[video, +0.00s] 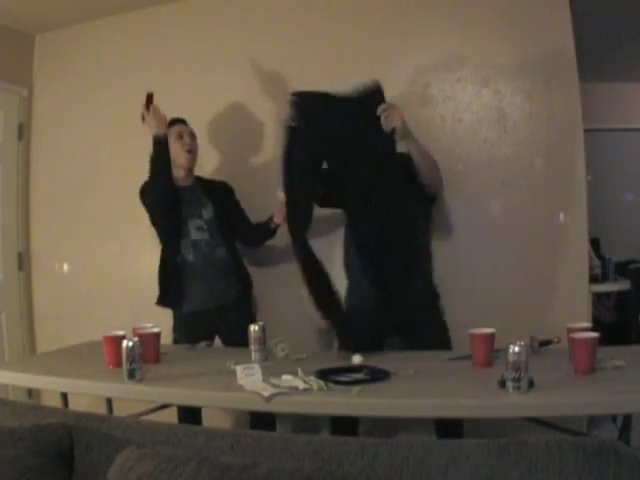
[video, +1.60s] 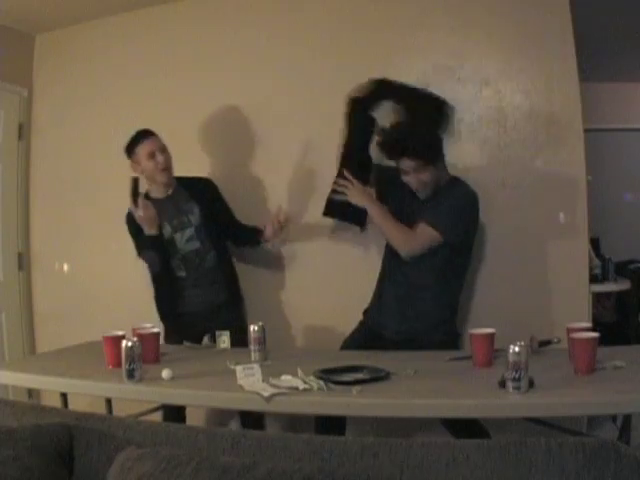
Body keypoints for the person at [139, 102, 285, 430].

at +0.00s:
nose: (189, 143)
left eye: (192, 137)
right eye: (180, 138)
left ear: (198, 146)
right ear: (165, 150)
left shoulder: (219, 190)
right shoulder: (156, 193)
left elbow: (248, 236)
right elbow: (161, 191)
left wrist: (274, 222)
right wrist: (158, 139)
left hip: (233, 300)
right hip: (190, 304)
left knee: (255, 380)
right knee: (188, 385)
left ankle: (264, 452)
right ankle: (190, 455)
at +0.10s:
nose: (191, 149)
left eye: (193, 142)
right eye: (181, 143)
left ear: (198, 149)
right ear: (164, 153)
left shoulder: (219, 192)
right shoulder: (155, 198)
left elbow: (241, 243)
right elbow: (165, 230)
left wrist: (266, 234)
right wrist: (159, 174)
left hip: (232, 302)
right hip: (187, 306)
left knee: (250, 382)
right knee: (188, 387)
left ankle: (261, 455)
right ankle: (190, 455)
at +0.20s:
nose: (194, 151)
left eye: (196, 144)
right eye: (184, 146)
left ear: (200, 146)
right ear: (164, 151)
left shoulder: (211, 188)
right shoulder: (152, 195)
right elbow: (161, 229)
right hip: (182, 294)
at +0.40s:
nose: (149, 155)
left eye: (146, 148)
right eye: (140, 151)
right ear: (119, 164)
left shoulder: (164, 190)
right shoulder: (113, 211)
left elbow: (194, 229)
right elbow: (147, 253)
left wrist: (237, 214)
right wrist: (186, 214)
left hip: (204, 294)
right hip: (168, 309)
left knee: (255, 340)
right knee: (172, 379)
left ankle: (270, 424)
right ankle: (167, 448)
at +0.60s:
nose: (140, 152)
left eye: (137, 146)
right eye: (130, 149)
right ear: (113, 164)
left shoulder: (162, 195)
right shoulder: (113, 212)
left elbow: (195, 238)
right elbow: (142, 262)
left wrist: (241, 224)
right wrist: (179, 231)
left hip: (206, 301)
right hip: (166, 313)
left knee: (243, 362)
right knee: (171, 388)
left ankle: (222, 439)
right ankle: (166, 453)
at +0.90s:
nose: (170, 152)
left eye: (168, 146)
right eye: (161, 149)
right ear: (139, 160)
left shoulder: (186, 193)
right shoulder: (132, 207)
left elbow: (208, 241)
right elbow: (143, 264)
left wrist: (248, 241)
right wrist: (178, 242)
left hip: (202, 307)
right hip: (165, 314)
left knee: (208, 389)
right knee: (175, 394)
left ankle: (204, 455)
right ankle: (170, 458)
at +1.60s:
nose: (162, 159)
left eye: (163, 151)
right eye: (152, 156)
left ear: (170, 153)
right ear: (136, 168)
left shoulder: (202, 189)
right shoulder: (139, 215)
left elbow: (231, 231)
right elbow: (155, 264)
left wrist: (262, 235)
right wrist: (151, 229)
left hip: (225, 303)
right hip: (180, 313)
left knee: (244, 381)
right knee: (174, 388)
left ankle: (258, 451)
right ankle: (172, 454)